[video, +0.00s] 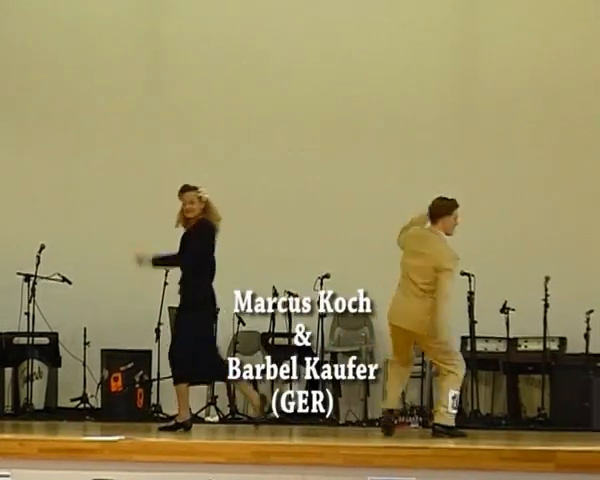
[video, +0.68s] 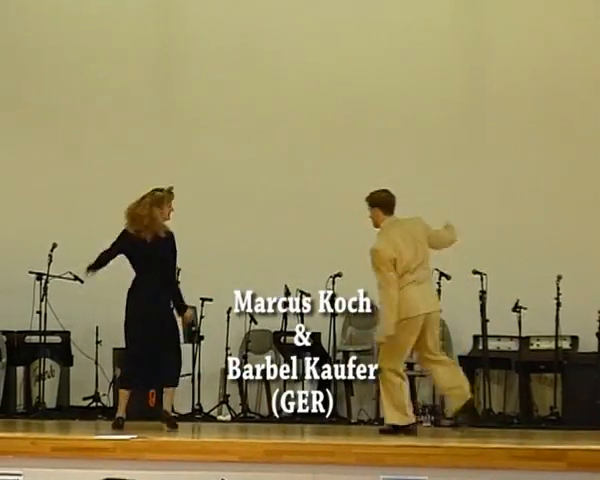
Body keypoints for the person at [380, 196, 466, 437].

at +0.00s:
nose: (457, 222)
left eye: (456, 217)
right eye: (454, 217)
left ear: (431, 218)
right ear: (443, 219)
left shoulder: (412, 237)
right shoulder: (446, 255)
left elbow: (403, 233)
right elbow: (442, 300)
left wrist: (423, 217)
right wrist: (443, 334)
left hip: (398, 316)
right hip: (425, 322)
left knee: (400, 361)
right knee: (454, 366)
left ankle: (389, 411)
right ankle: (444, 421)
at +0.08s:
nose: (461, 220)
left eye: (460, 216)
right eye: (461, 216)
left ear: (438, 215)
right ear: (456, 218)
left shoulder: (417, 238)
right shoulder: (457, 252)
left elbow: (397, 262)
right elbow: (466, 292)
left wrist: (416, 252)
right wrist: (477, 321)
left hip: (407, 314)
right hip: (437, 319)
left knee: (403, 359)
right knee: (460, 368)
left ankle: (398, 414)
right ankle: (447, 420)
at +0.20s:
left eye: (433, 205)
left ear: (431, 208)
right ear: (452, 209)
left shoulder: (416, 237)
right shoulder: (462, 241)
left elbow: (398, 276)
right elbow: (487, 270)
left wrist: (379, 303)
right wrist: (516, 269)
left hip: (414, 313)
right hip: (448, 316)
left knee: (406, 359)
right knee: (459, 368)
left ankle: (392, 406)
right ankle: (451, 420)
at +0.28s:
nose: (423, 207)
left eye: (422, 203)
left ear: (422, 205)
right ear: (444, 204)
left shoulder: (412, 236)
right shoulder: (461, 233)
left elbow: (400, 279)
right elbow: (497, 242)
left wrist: (381, 314)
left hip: (416, 309)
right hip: (450, 310)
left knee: (403, 358)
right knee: (460, 364)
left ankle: (391, 410)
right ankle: (456, 417)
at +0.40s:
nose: (406, 211)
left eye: (406, 208)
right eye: (410, 207)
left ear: (408, 208)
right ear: (428, 206)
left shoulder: (405, 241)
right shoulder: (452, 225)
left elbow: (407, 280)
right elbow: (483, 214)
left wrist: (405, 313)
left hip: (418, 308)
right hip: (448, 306)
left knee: (401, 356)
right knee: (456, 362)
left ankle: (397, 415)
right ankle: (465, 420)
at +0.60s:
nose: (380, 216)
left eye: (381, 211)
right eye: (380, 211)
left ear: (387, 211)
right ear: (401, 209)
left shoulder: (389, 245)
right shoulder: (425, 224)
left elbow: (401, 285)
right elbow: (456, 224)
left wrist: (406, 319)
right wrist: (456, 202)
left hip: (413, 311)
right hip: (439, 304)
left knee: (391, 362)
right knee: (448, 357)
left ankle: (401, 419)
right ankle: (477, 403)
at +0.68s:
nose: (370, 216)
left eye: (371, 211)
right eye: (370, 211)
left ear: (379, 211)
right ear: (391, 209)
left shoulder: (381, 245)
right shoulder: (416, 226)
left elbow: (388, 288)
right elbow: (441, 240)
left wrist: (386, 326)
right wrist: (450, 230)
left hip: (406, 311)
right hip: (431, 306)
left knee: (389, 365)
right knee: (432, 355)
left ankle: (401, 420)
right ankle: (462, 400)